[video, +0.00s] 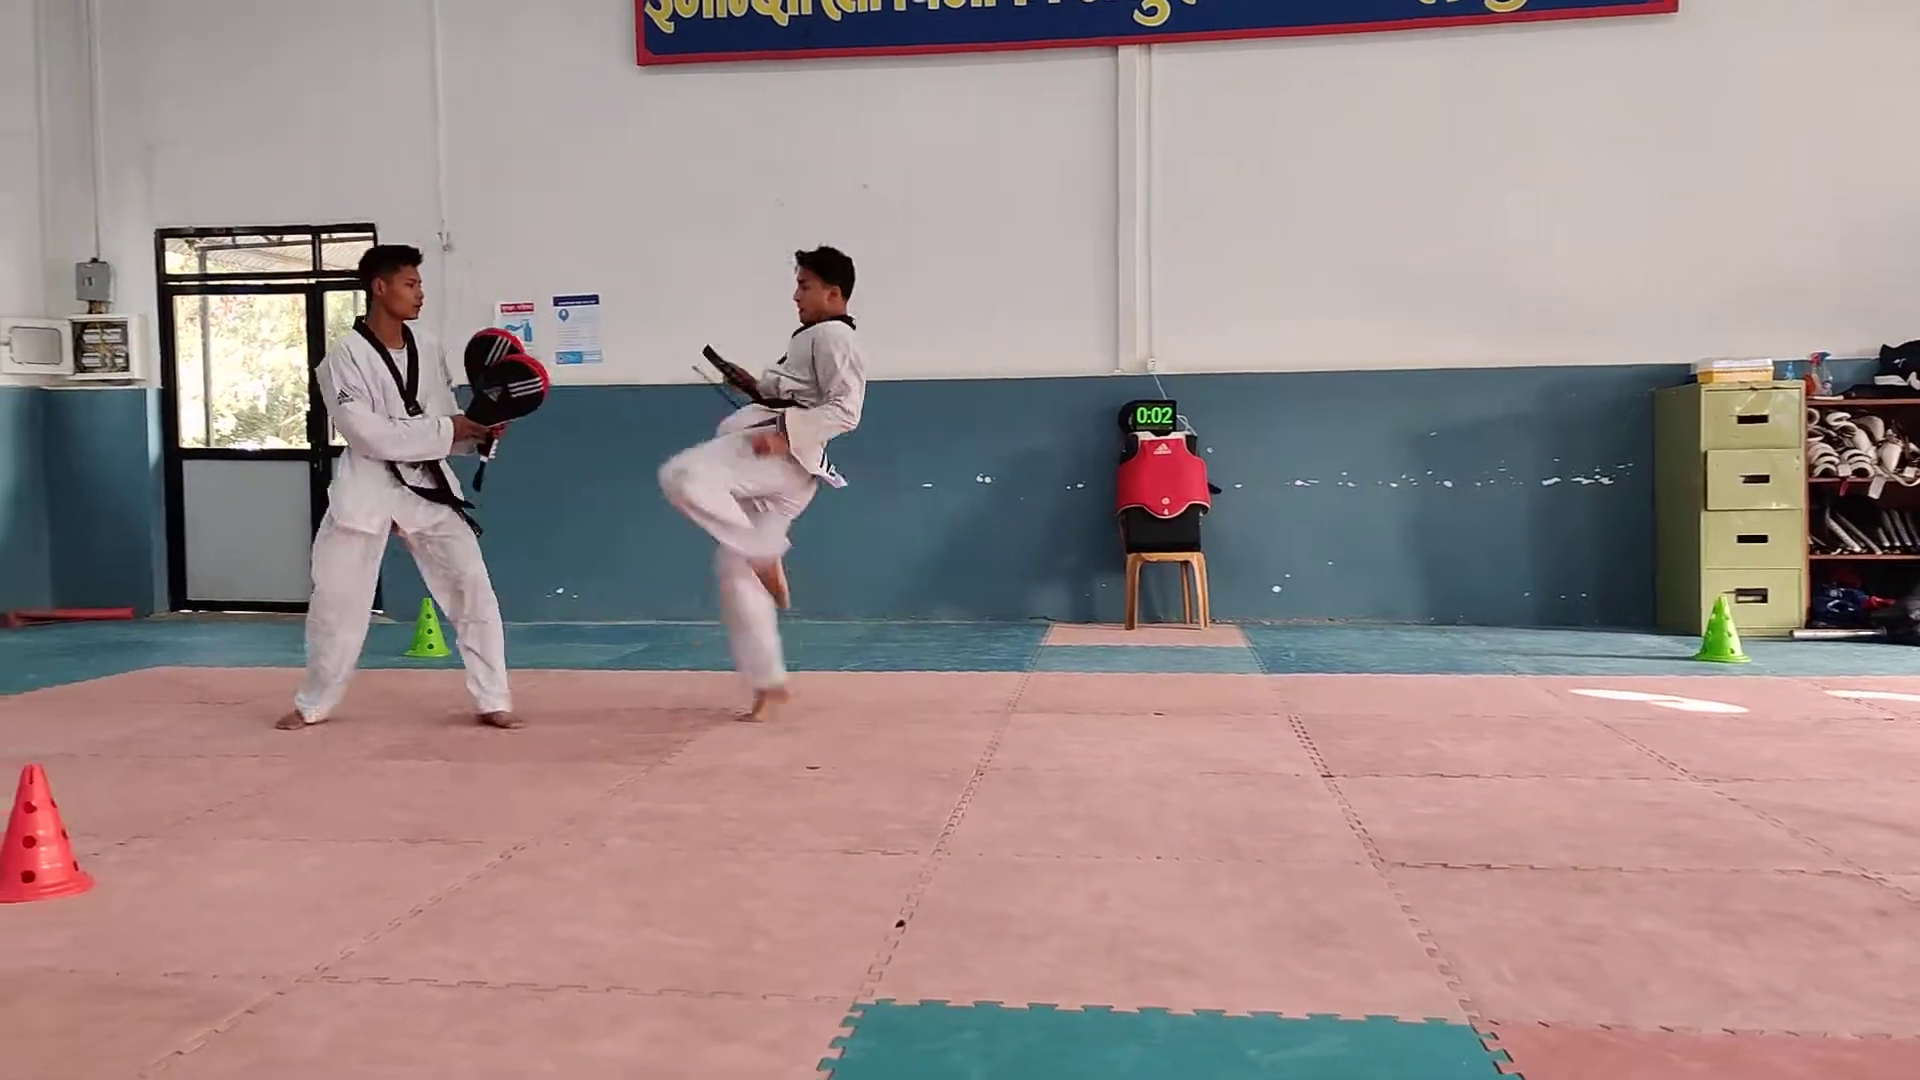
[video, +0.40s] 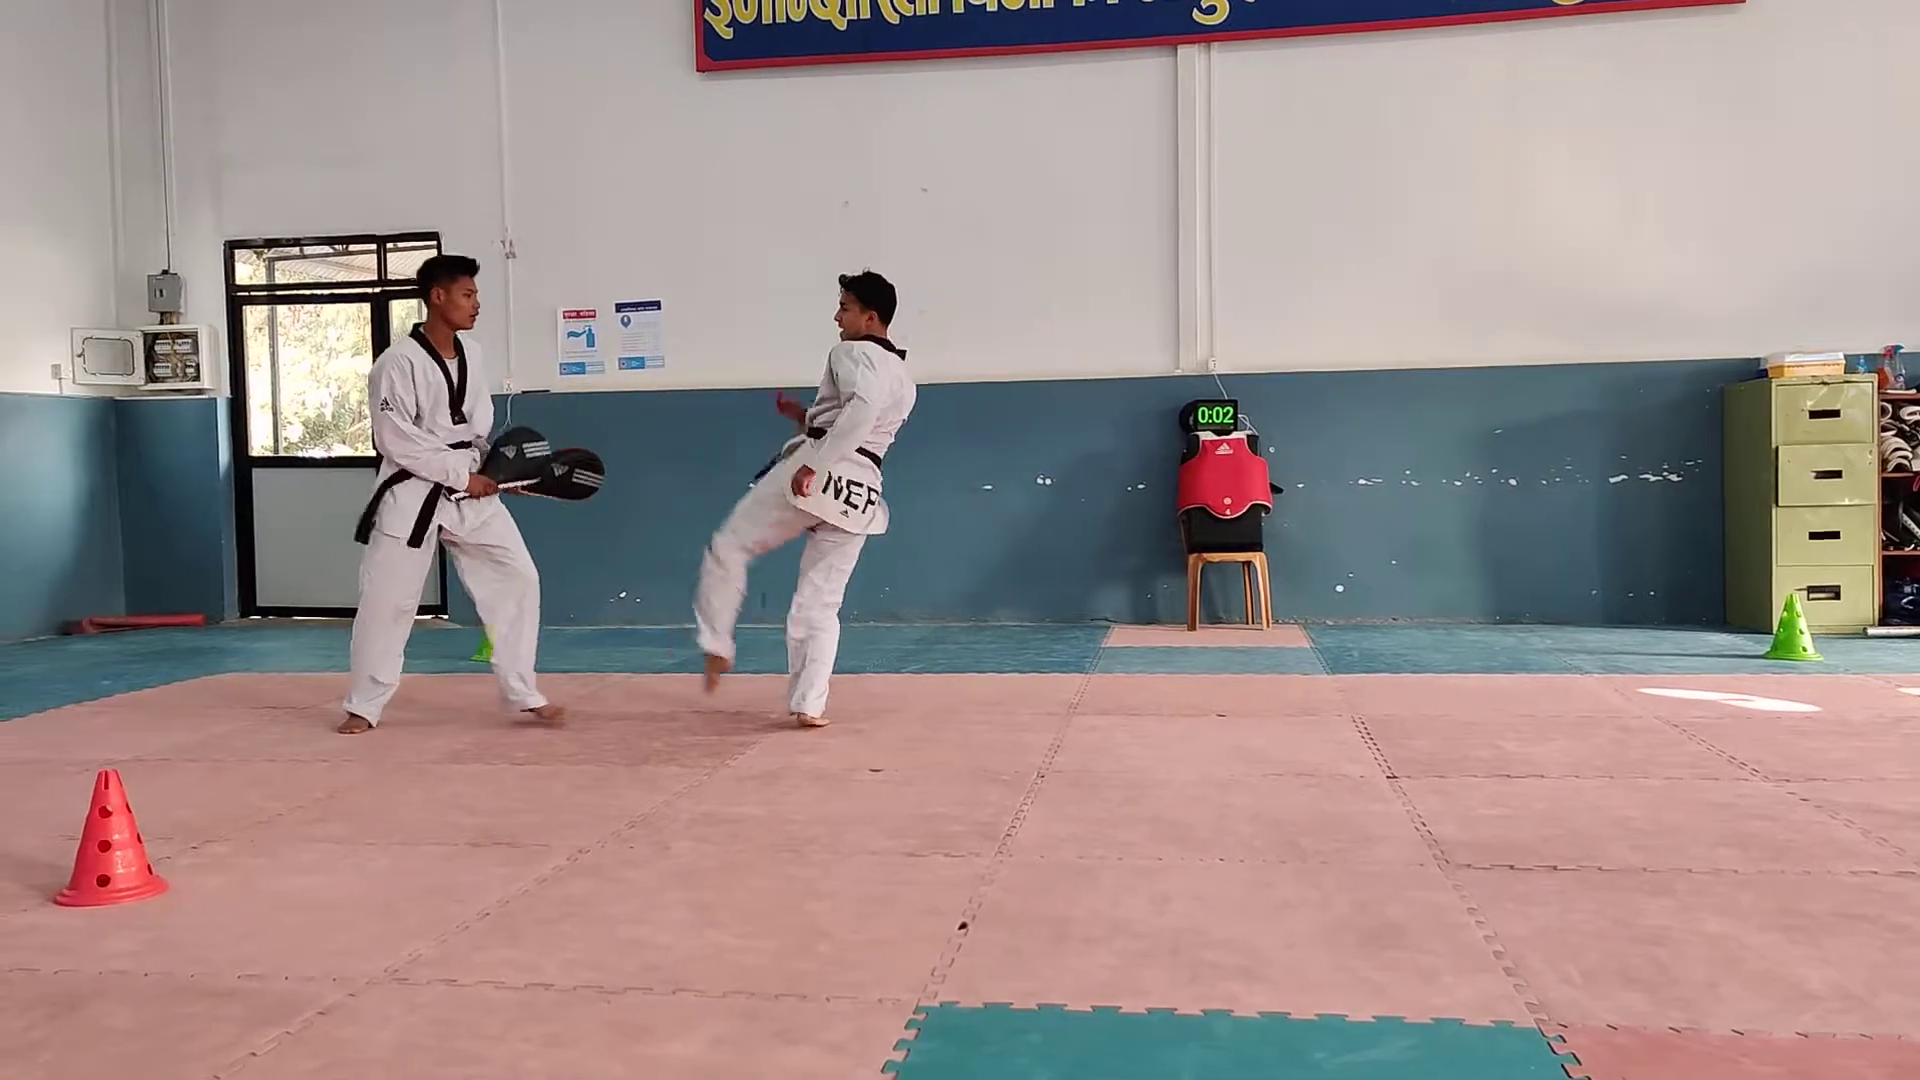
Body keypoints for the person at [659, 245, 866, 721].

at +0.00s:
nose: (797, 294)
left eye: (805, 286)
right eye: (797, 285)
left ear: (835, 292)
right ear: (827, 292)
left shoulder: (832, 336)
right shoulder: (813, 337)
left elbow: (846, 412)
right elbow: (796, 397)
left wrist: (787, 436)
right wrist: (755, 386)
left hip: (780, 454)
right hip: (789, 470)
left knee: (683, 477)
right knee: (738, 568)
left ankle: (762, 553)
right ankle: (769, 681)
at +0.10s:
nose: (817, 311)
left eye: (826, 303)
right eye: (820, 301)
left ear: (853, 312)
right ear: (857, 313)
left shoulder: (837, 349)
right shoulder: (864, 363)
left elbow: (831, 417)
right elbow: (804, 411)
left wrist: (823, 485)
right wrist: (766, 388)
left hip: (787, 447)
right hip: (808, 478)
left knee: (685, 412)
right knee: (785, 583)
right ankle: (805, 698)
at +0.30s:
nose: (842, 311)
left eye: (850, 304)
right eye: (845, 302)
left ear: (876, 313)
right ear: (879, 315)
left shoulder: (857, 346)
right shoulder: (897, 374)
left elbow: (855, 407)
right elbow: (825, 414)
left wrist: (833, 467)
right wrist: (787, 380)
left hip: (807, 451)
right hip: (841, 483)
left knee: (701, 461)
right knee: (803, 594)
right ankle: (796, 701)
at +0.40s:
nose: (838, 313)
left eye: (846, 306)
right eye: (840, 304)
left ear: (872, 315)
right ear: (878, 318)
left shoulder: (852, 350)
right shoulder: (902, 378)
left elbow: (866, 403)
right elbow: (861, 429)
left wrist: (817, 461)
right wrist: (806, 417)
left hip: (815, 470)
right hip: (861, 491)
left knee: (730, 544)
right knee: (820, 599)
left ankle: (716, 644)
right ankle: (810, 705)